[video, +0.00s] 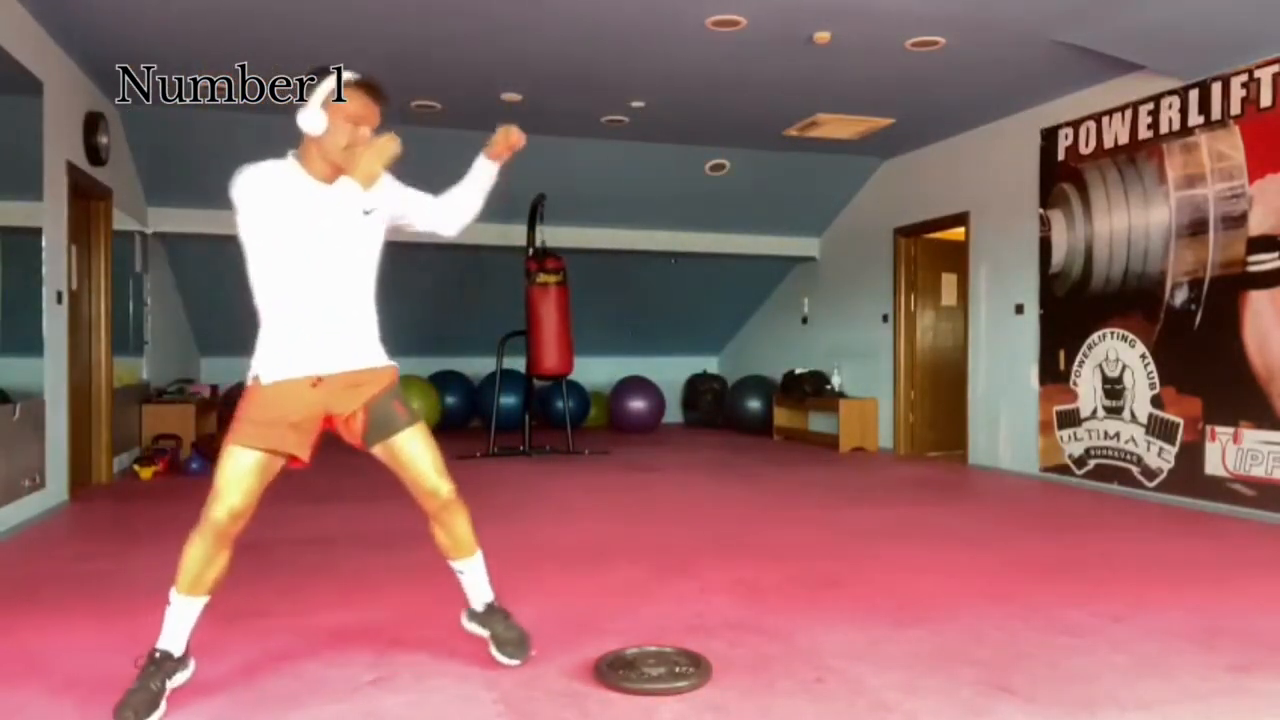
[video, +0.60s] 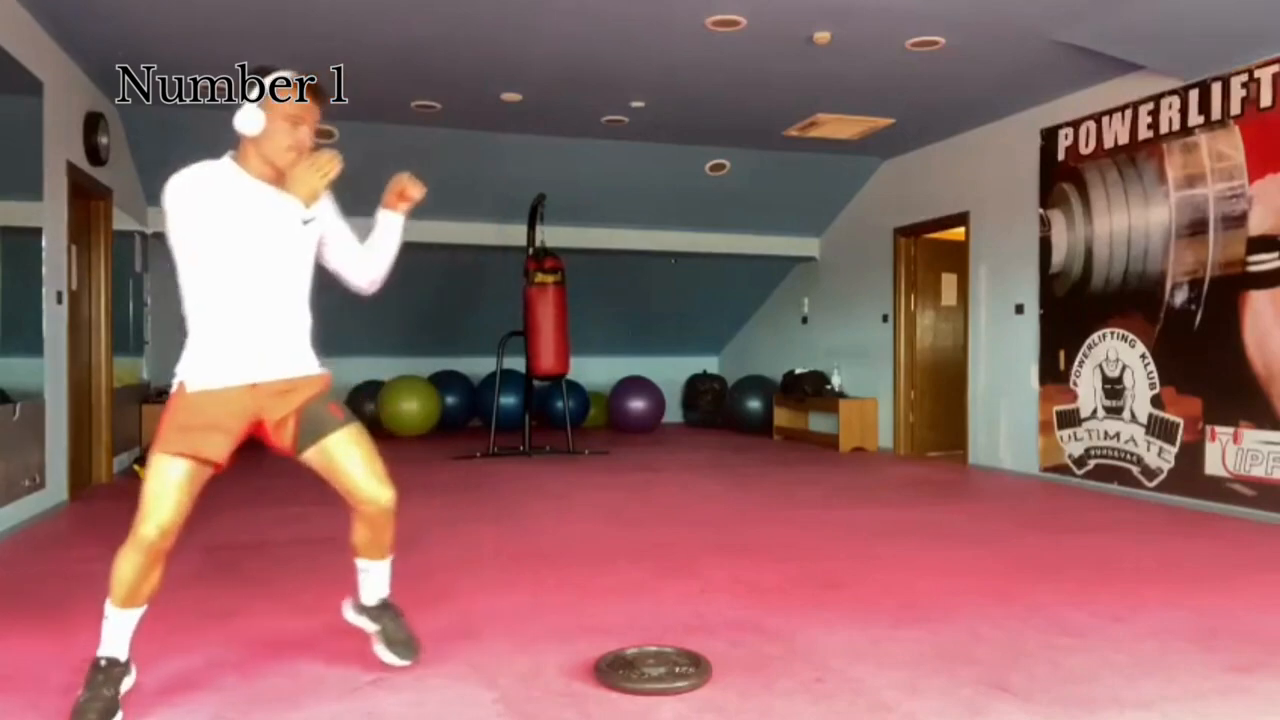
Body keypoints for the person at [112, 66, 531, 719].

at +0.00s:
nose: (365, 142)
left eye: (373, 132)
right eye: (355, 127)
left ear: (375, 134)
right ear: (315, 120)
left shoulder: (375, 191)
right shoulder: (255, 184)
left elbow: (447, 217)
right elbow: (295, 233)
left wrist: (490, 161)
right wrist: (367, 173)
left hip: (366, 376)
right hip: (279, 384)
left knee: (440, 492)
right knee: (222, 516)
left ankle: (485, 607)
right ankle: (168, 654)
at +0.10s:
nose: (405, 184)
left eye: (410, 172)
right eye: (394, 168)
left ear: (408, 177)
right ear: (355, 165)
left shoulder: (401, 232)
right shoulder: (294, 229)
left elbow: (465, 292)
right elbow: (342, 298)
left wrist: (481, 234)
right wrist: (406, 233)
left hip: (395, 410)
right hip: (312, 415)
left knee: (468, 516)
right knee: (241, 536)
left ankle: (499, 624)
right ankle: (175, 645)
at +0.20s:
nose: (420, 221)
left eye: (425, 209)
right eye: (408, 206)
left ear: (426, 214)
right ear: (369, 207)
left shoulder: (411, 279)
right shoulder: (312, 272)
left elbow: (433, 363)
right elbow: (345, 347)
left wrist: (461, 333)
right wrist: (416, 284)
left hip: (409, 435)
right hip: (333, 444)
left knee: (494, 530)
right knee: (267, 568)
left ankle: (499, 630)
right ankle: (190, 657)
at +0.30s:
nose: (399, 199)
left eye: (404, 188)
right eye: (387, 183)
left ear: (406, 193)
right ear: (347, 180)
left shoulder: (398, 252)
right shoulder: (290, 248)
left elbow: (437, 330)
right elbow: (320, 314)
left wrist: (475, 299)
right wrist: (392, 252)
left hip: (396, 425)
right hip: (315, 432)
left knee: (477, 527)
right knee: (243, 556)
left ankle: (499, 628)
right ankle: (183, 657)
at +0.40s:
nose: (366, 144)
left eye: (373, 134)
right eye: (354, 127)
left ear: (377, 138)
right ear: (317, 124)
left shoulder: (371, 194)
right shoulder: (256, 189)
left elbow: (420, 270)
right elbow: (296, 246)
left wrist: (454, 218)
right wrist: (367, 185)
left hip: (364, 382)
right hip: (276, 388)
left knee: (437, 499)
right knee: (207, 516)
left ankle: (489, 615)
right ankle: (156, 646)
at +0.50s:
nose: (342, 116)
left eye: (346, 105)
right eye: (332, 100)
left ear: (341, 112)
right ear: (286, 98)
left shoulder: (341, 177)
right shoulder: (223, 168)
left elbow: (402, 249)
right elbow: (257, 230)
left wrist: (428, 188)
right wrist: (334, 167)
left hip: (329, 367)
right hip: (241, 372)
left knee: (407, 483)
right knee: (179, 507)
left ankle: (439, 598)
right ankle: (129, 644)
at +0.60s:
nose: (308, 142)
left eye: (314, 130)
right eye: (295, 126)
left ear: (316, 134)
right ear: (253, 123)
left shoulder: (308, 197)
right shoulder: (190, 188)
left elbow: (364, 274)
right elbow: (217, 261)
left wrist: (392, 214)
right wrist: (298, 195)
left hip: (298, 383)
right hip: (208, 391)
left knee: (378, 497)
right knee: (151, 532)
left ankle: (373, 603)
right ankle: (110, 661)